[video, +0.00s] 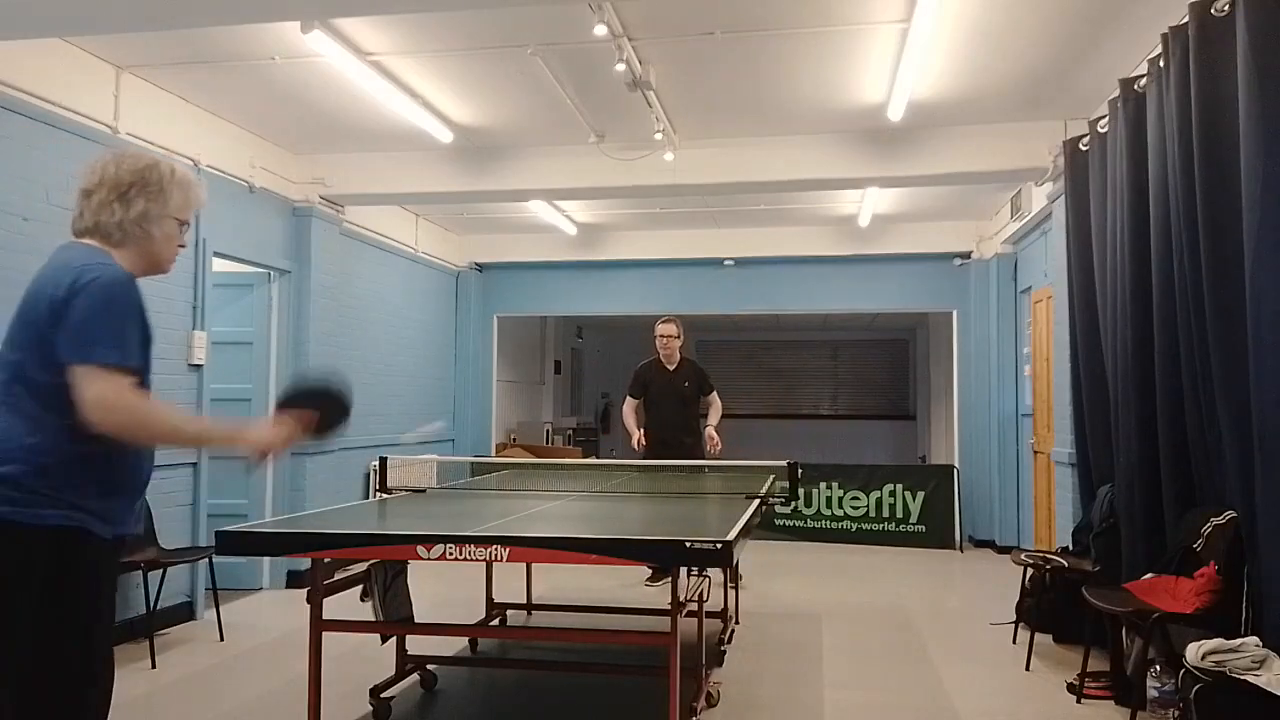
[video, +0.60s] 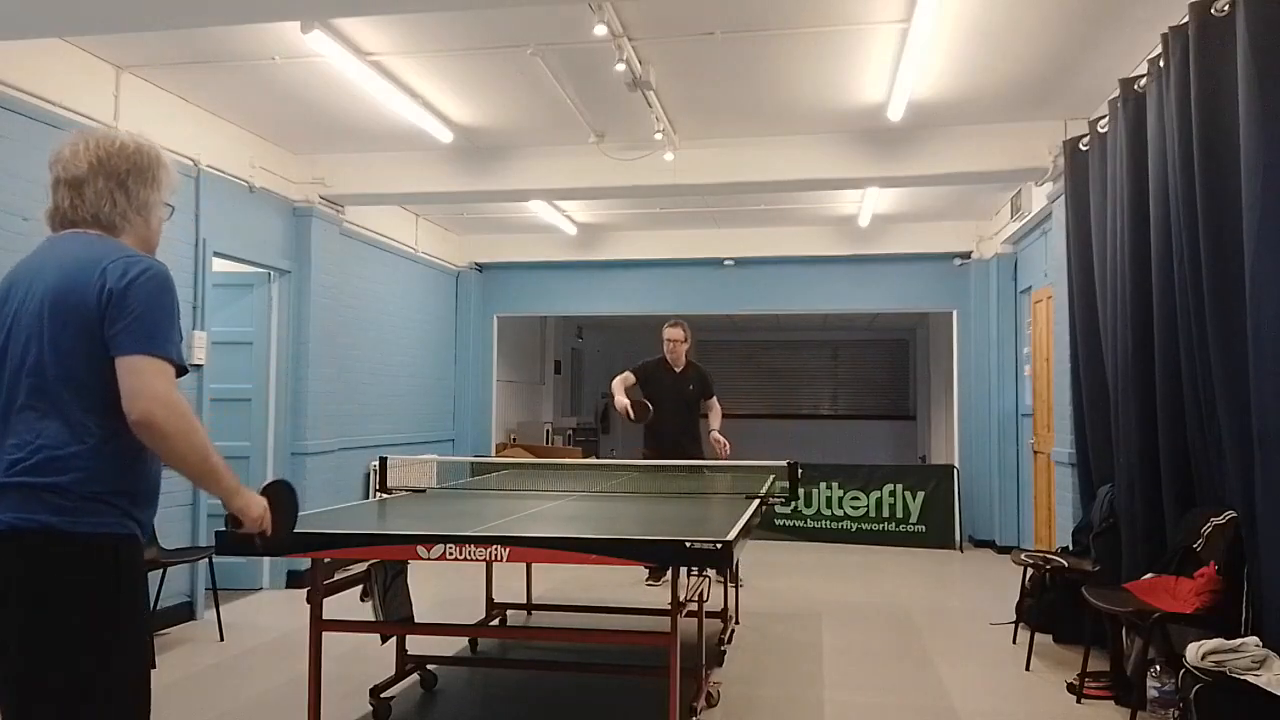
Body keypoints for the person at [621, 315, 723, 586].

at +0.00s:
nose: (664, 341)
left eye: (670, 337)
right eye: (660, 337)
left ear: (680, 340)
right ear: (654, 340)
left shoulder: (694, 370)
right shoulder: (644, 371)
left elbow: (715, 403)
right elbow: (629, 406)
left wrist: (710, 427)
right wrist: (634, 430)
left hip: (689, 456)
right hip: (655, 456)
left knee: (693, 508)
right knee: (654, 510)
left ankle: (695, 564)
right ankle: (660, 565)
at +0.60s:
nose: (671, 346)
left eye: (677, 342)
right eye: (667, 341)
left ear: (687, 344)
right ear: (662, 343)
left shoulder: (698, 373)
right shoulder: (650, 368)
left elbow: (713, 407)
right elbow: (618, 381)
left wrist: (714, 431)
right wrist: (620, 397)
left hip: (690, 455)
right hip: (656, 454)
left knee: (693, 508)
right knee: (654, 509)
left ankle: (696, 564)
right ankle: (656, 565)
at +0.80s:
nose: (673, 335)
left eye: (678, 331)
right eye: (669, 330)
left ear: (687, 335)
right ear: (663, 334)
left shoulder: (695, 369)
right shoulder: (653, 360)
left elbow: (706, 403)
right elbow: (627, 368)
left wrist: (713, 424)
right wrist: (632, 382)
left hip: (687, 450)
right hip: (654, 449)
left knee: (696, 505)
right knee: (653, 507)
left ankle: (708, 561)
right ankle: (656, 564)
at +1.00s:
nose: (678, 334)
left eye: (683, 330)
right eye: (674, 330)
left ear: (692, 336)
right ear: (667, 335)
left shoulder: (700, 370)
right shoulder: (655, 362)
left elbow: (711, 404)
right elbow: (629, 378)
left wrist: (718, 425)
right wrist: (643, 393)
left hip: (691, 452)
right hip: (657, 452)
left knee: (698, 507)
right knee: (656, 509)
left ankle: (709, 562)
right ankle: (656, 566)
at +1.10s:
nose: (680, 337)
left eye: (686, 333)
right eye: (677, 333)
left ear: (696, 338)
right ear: (671, 337)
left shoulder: (705, 372)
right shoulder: (657, 367)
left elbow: (718, 406)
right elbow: (631, 390)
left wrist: (720, 427)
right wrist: (647, 408)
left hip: (697, 455)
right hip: (662, 455)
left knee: (715, 507)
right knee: (660, 510)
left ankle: (732, 563)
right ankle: (657, 566)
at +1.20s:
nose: (685, 341)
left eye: (690, 337)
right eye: (681, 337)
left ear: (700, 341)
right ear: (675, 340)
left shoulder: (712, 374)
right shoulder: (663, 372)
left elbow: (727, 408)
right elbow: (639, 403)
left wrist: (725, 429)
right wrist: (652, 426)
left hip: (705, 456)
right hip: (670, 456)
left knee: (724, 508)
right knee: (663, 510)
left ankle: (749, 566)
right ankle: (658, 566)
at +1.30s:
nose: (689, 347)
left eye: (694, 342)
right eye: (685, 342)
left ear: (705, 345)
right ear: (680, 345)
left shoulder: (720, 376)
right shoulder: (671, 377)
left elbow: (739, 409)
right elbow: (650, 412)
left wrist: (732, 430)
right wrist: (659, 438)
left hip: (717, 459)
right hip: (680, 460)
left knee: (735, 510)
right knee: (668, 510)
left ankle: (753, 569)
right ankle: (659, 566)